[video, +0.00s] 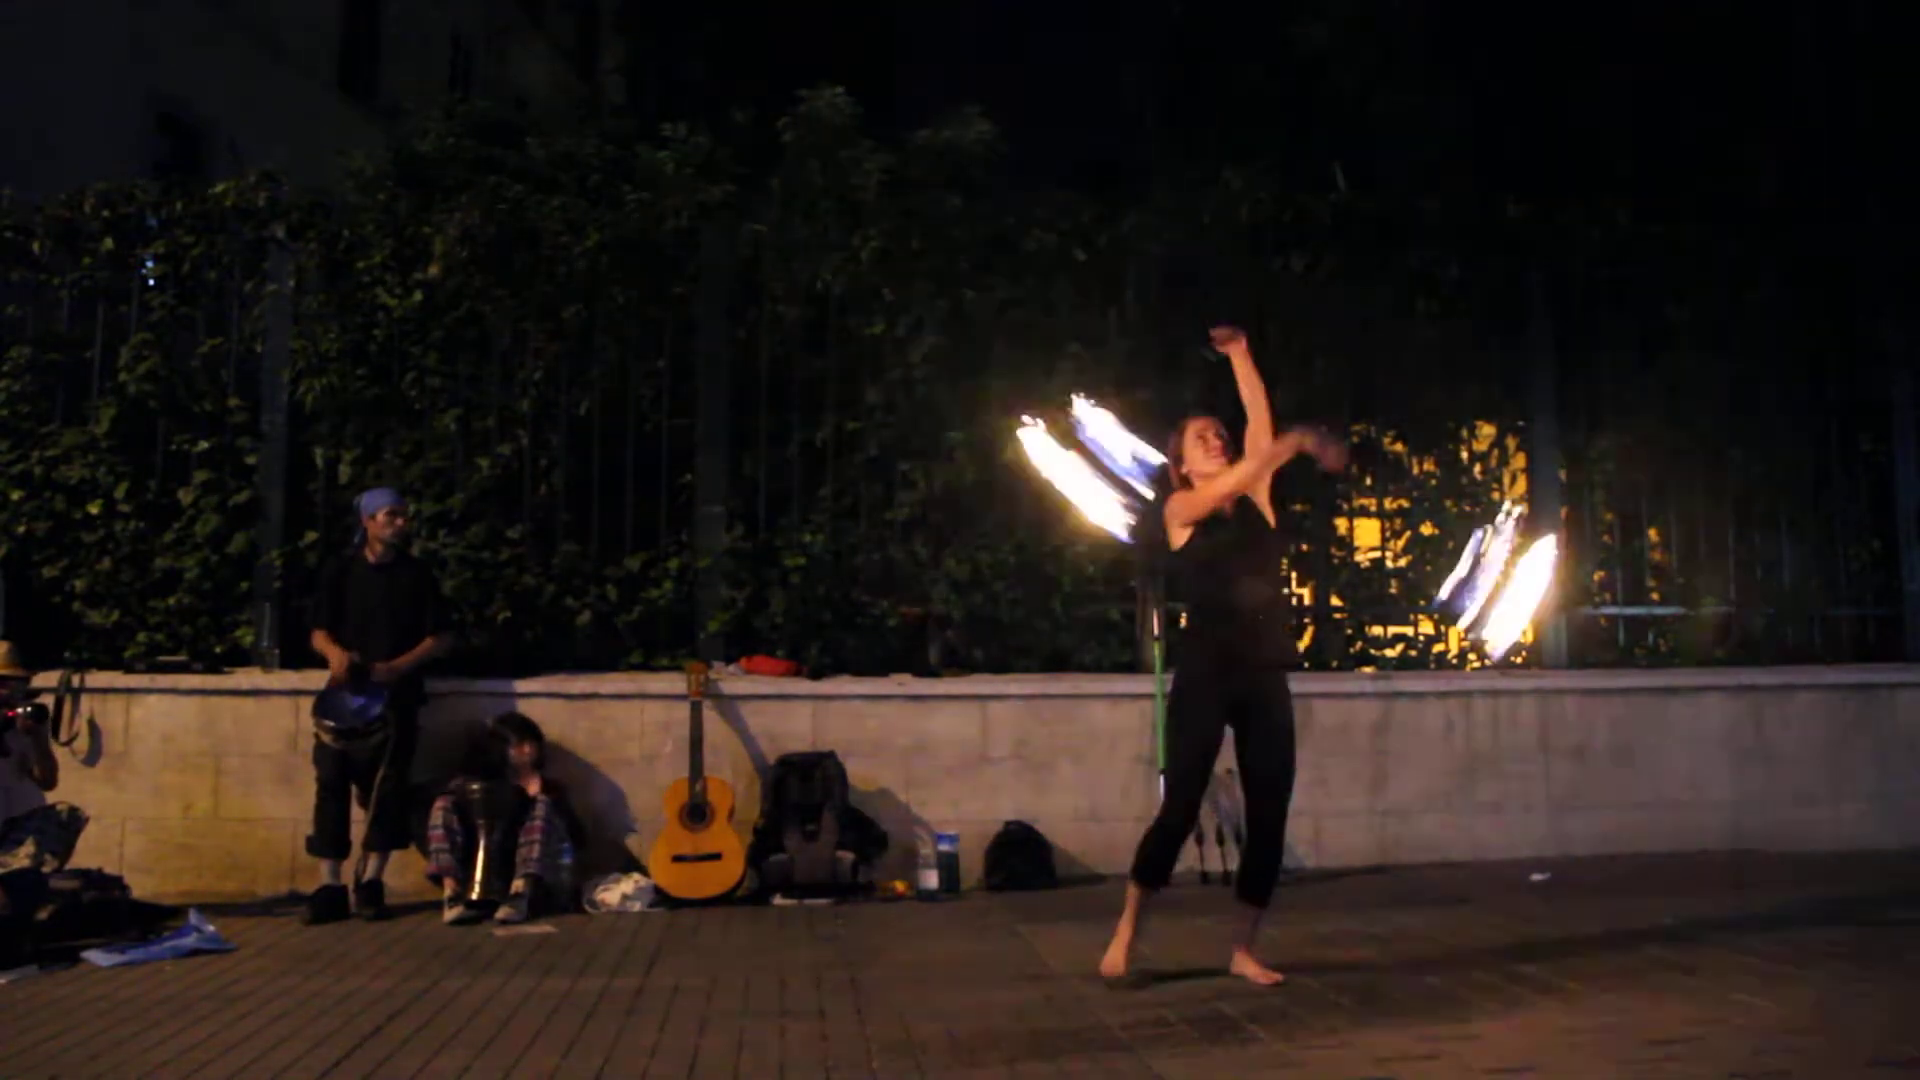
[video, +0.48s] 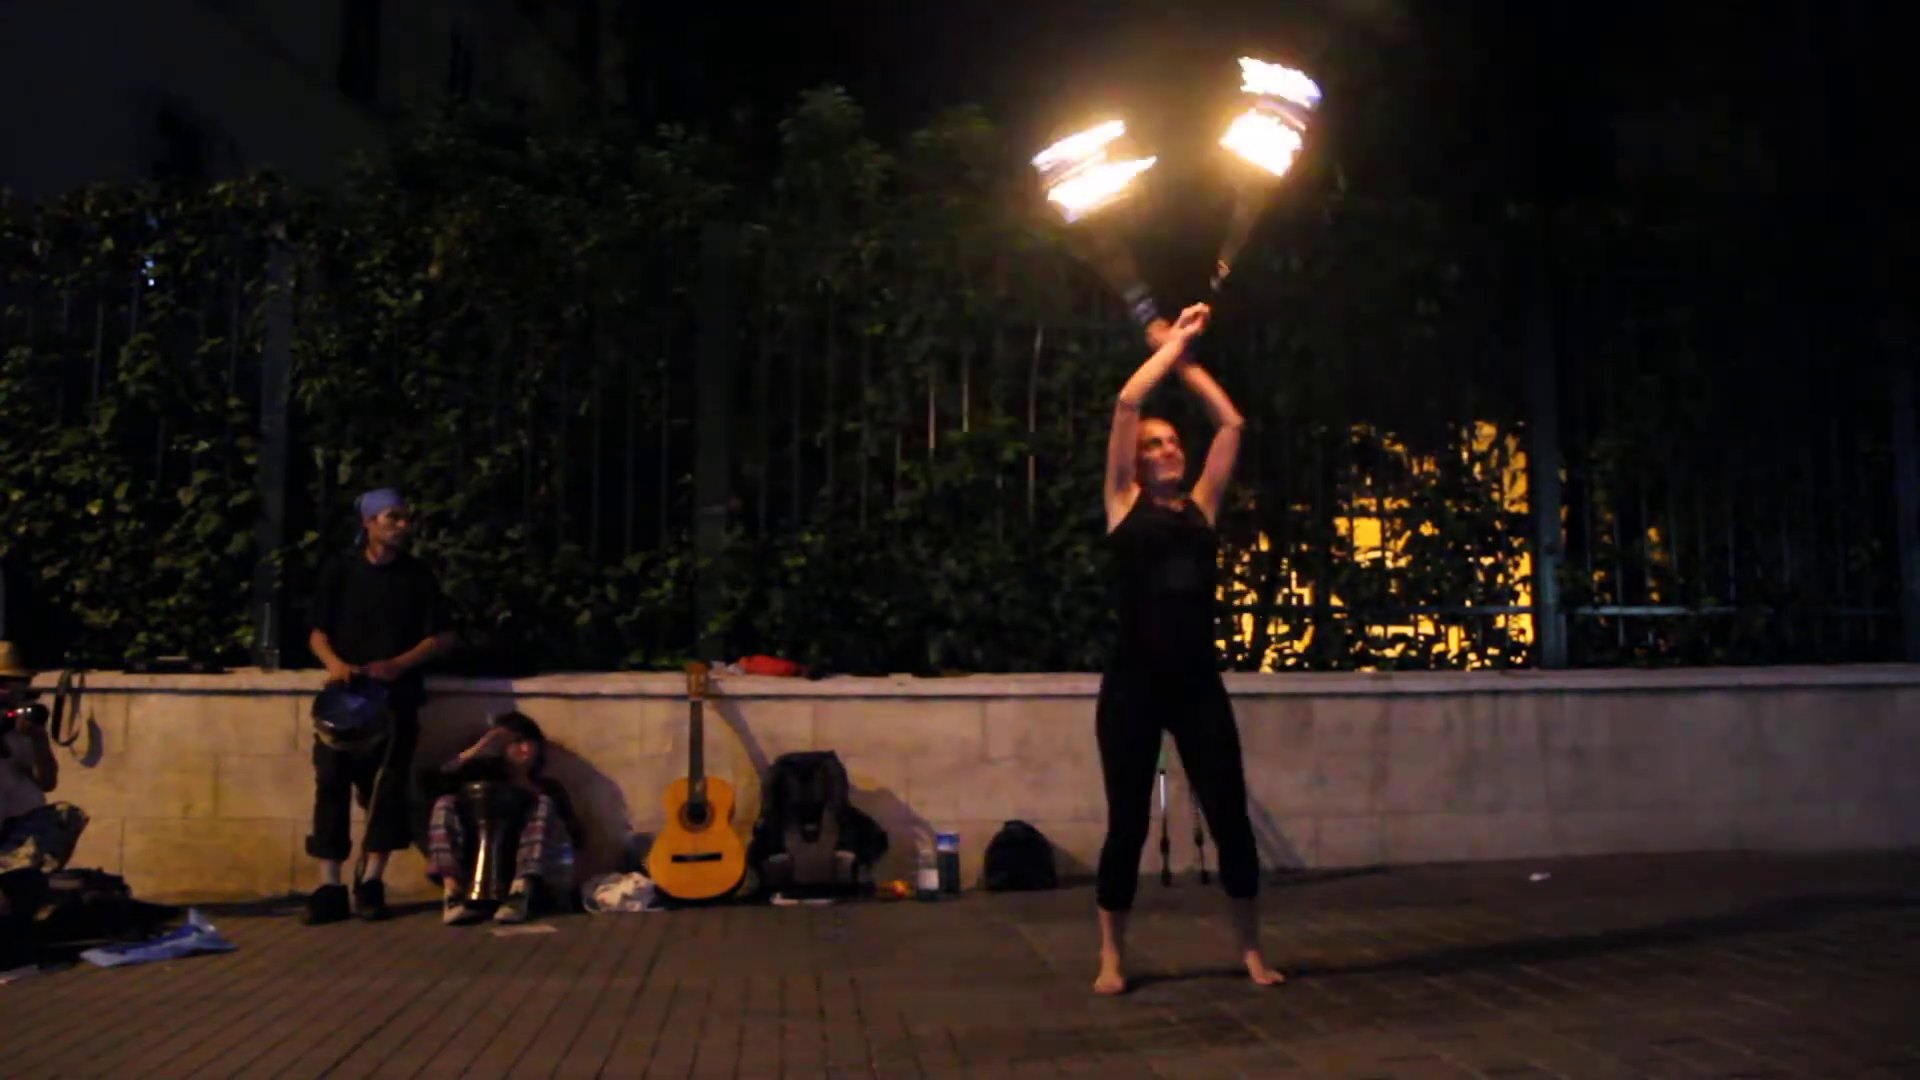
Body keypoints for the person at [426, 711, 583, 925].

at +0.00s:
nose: (527, 752)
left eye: (531, 745)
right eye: (519, 745)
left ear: (539, 750)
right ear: (501, 749)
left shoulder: (550, 788)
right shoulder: (485, 790)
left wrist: (539, 798)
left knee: (542, 807)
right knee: (443, 806)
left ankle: (521, 893)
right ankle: (451, 893)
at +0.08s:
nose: (527, 756)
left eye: (532, 748)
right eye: (519, 749)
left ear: (540, 751)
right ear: (501, 752)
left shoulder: (546, 783)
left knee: (540, 804)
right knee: (443, 805)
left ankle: (520, 893)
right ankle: (451, 893)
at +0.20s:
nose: (521, 758)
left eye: (526, 750)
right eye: (513, 751)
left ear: (532, 753)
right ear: (494, 752)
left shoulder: (545, 787)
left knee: (541, 805)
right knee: (442, 806)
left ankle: (521, 892)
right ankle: (451, 893)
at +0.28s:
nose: (523, 753)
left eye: (528, 746)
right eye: (515, 747)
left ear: (536, 751)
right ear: (502, 751)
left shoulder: (544, 786)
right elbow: (449, 786)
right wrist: (495, 774)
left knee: (542, 804)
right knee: (444, 805)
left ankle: (520, 893)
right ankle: (451, 894)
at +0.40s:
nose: (509, 751)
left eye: (517, 744)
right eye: (502, 744)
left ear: (531, 750)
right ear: (491, 748)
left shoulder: (549, 788)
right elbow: (450, 772)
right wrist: (490, 748)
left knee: (543, 806)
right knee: (444, 805)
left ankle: (521, 892)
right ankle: (452, 893)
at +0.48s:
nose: (525, 749)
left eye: (530, 742)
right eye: (516, 742)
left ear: (539, 748)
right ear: (501, 747)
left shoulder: (549, 787)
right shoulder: (485, 775)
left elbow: (573, 835)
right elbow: (439, 780)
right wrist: (477, 750)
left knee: (543, 805)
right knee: (444, 805)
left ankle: (521, 892)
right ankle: (452, 893)